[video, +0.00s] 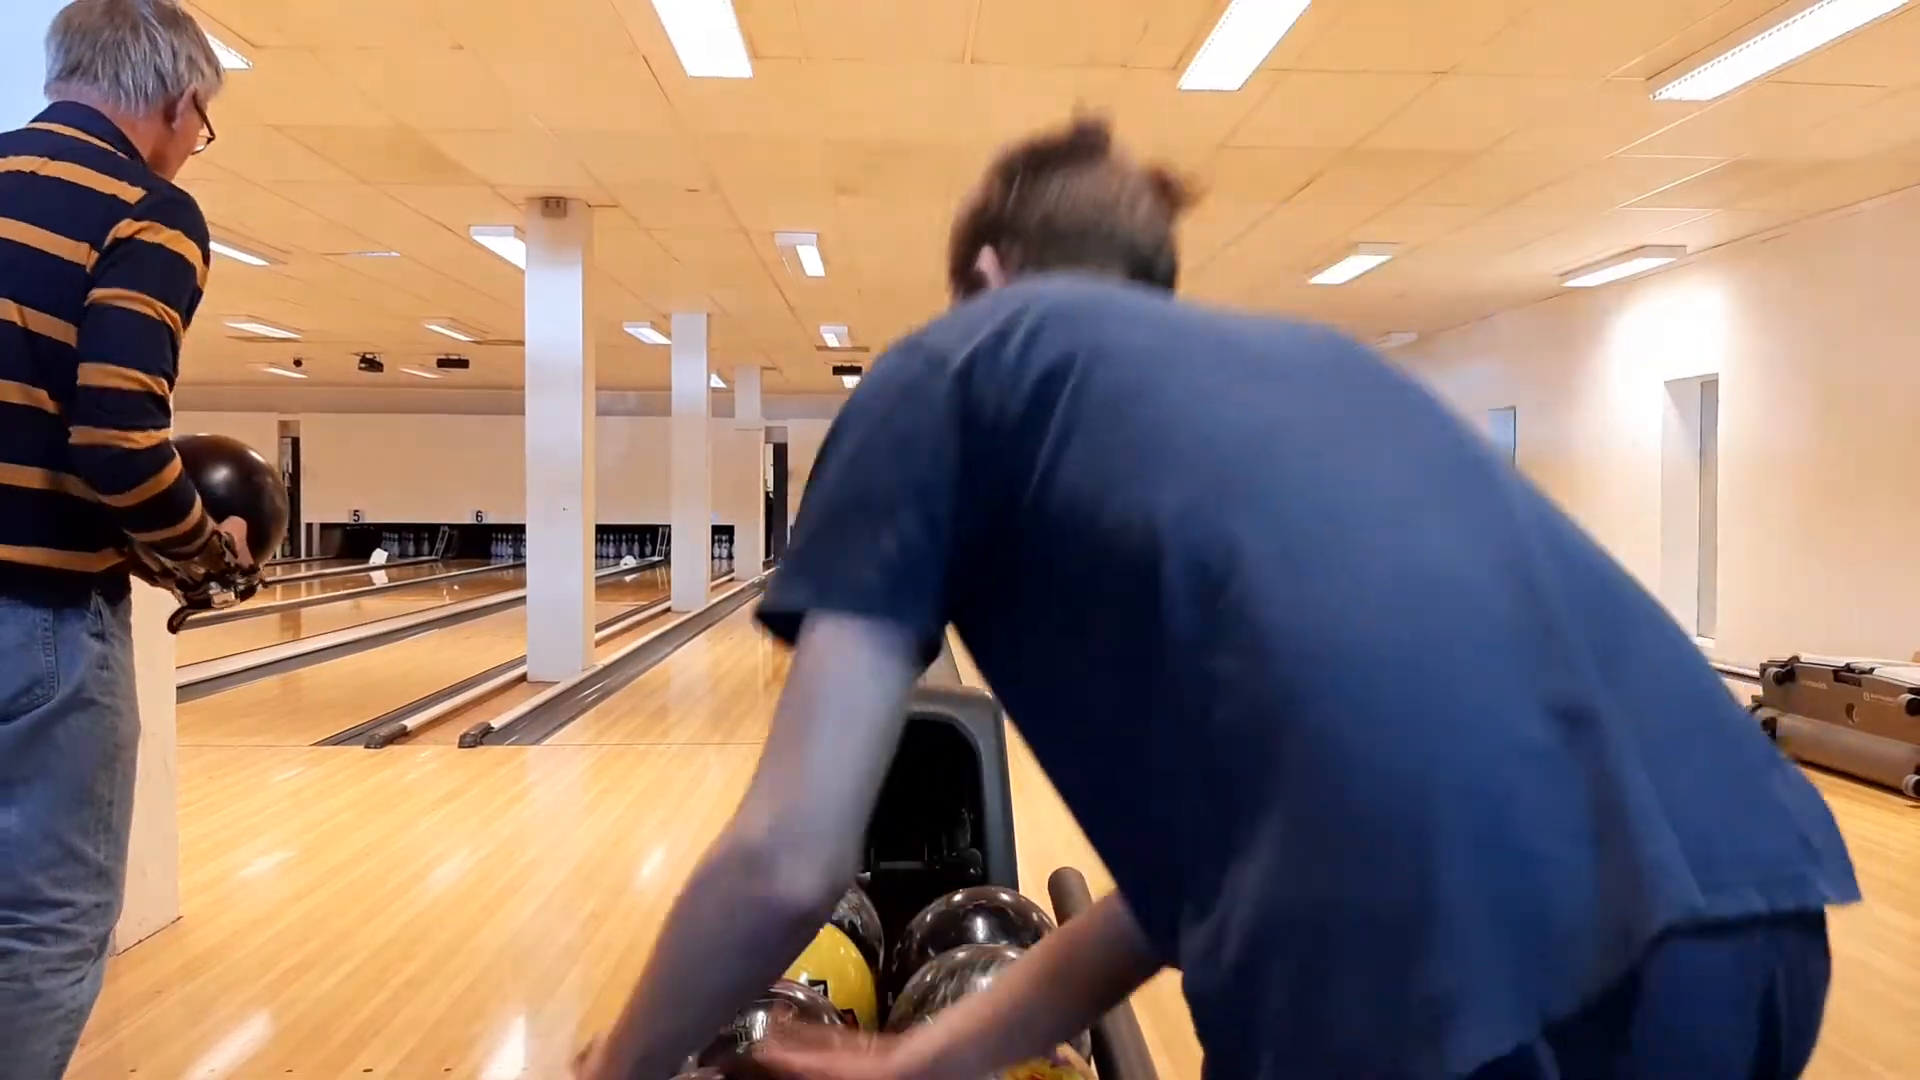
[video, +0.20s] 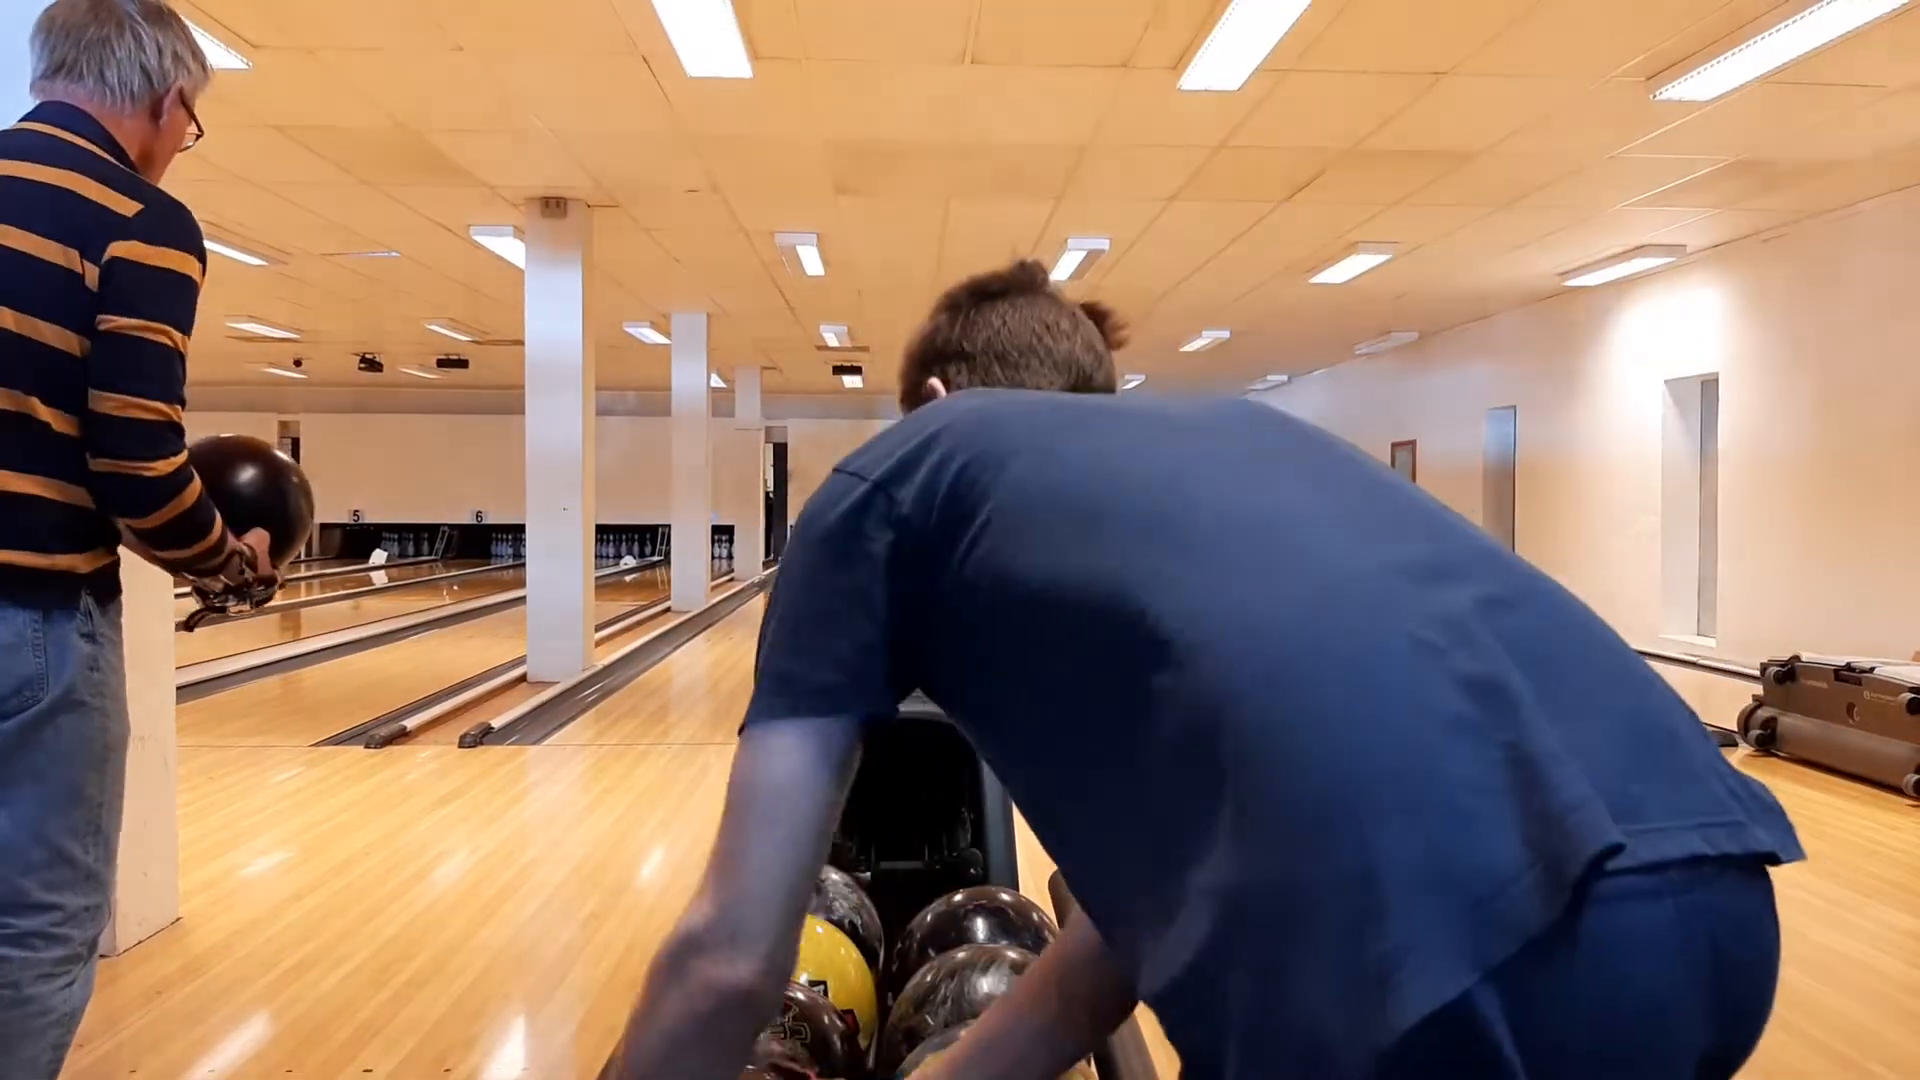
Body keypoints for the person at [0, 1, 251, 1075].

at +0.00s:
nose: (191, 159)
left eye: (201, 135)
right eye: (198, 131)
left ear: (67, 78)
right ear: (170, 107)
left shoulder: (4, 167)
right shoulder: (153, 208)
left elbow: (53, 418)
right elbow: (113, 434)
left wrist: (152, 521)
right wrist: (200, 540)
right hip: (42, 607)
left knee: (23, 915)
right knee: (47, 931)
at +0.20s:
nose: (180, 152)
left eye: (189, 129)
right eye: (189, 124)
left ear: (54, 80)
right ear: (160, 102)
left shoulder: (4, 167)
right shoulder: (143, 217)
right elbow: (130, 449)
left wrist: (188, 512)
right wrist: (219, 557)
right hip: (40, 604)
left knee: (34, 918)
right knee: (43, 929)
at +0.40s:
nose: (175, 144)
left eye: (181, 119)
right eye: (179, 115)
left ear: (39, 81)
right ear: (141, 97)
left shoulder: (7, 165)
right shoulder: (137, 210)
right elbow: (132, 455)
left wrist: (189, 511)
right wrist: (227, 544)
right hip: (35, 603)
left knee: (36, 923)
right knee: (38, 934)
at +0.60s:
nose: (172, 150)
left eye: (180, 127)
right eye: (179, 122)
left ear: (43, 84)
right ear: (146, 102)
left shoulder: (2, 171)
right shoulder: (143, 208)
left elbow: (85, 426)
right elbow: (120, 436)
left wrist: (160, 529)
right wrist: (202, 544)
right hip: (39, 606)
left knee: (32, 921)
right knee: (41, 932)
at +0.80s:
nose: (186, 148)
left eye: (192, 126)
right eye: (189, 122)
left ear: (53, 95)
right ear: (154, 109)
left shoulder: (1, 180)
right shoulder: (162, 218)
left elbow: (65, 425)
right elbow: (109, 439)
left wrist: (169, 530)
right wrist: (195, 551)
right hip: (49, 610)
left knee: (28, 916)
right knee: (43, 928)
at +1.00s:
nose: (192, 148)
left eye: (197, 125)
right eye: (193, 122)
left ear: (64, 99)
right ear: (158, 111)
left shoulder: (6, 184)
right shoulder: (167, 223)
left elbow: (61, 420)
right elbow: (121, 437)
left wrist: (161, 531)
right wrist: (201, 538)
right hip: (51, 609)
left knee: (27, 913)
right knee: (43, 927)